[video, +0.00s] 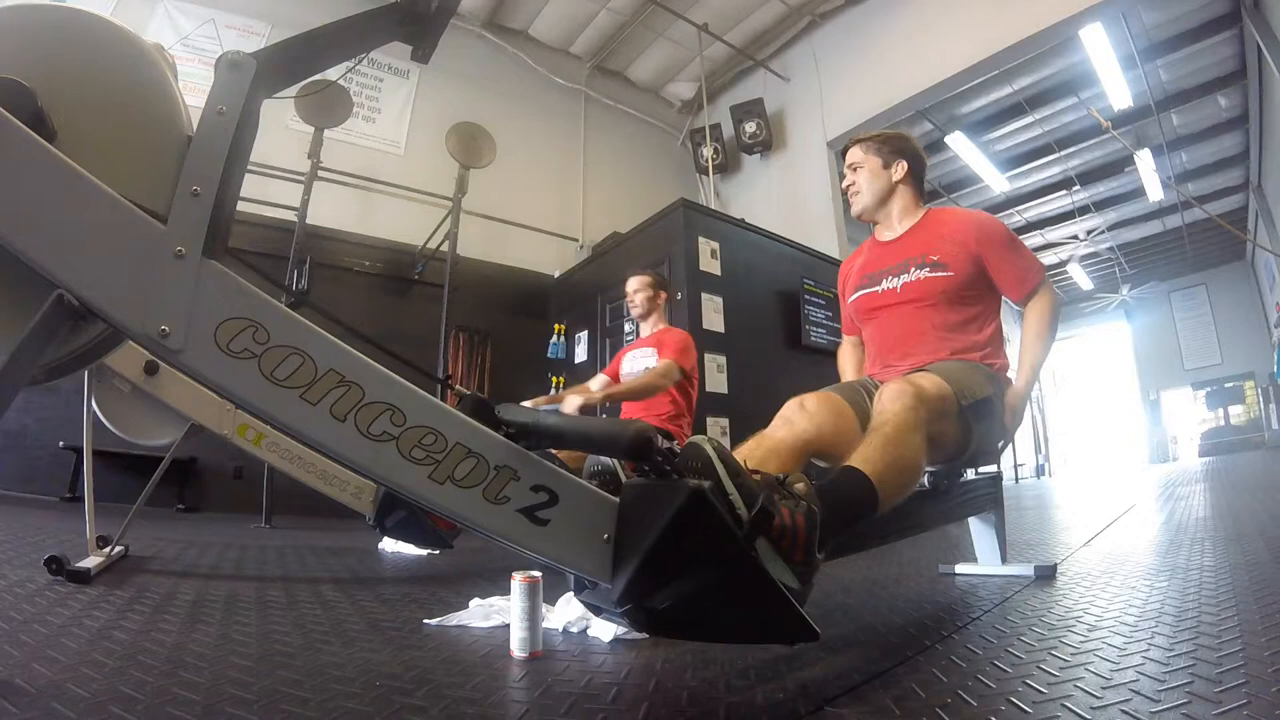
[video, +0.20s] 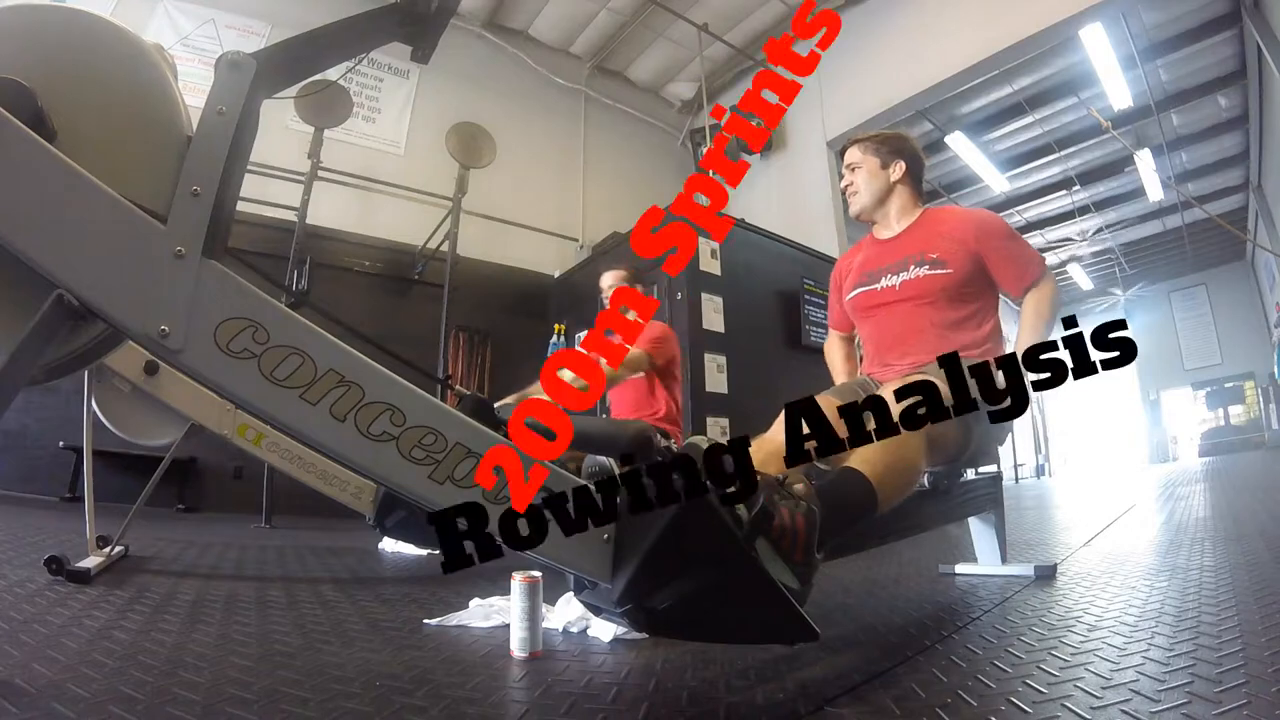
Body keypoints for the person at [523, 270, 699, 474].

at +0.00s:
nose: (630, 299)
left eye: (637, 292)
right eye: (628, 295)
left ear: (661, 298)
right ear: (627, 302)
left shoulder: (678, 338)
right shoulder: (627, 352)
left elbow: (661, 380)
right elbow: (591, 388)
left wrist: (600, 397)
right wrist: (542, 401)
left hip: (662, 439)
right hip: (623, 437)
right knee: (546, 459)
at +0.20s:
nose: (607, 299)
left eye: (614, 291)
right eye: (603, 294)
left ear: (637, 291)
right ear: (601, 298)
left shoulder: (658, 332)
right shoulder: (609, 340)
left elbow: (624, 368)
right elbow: (566, 377)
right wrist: (515, 399)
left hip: (660, 438)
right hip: (617, 436)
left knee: (636, 434)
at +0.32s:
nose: (586, 299)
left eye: (594, 290)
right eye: (580, 292)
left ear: (614, 289)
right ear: (573, 295)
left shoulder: (638, 329)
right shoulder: (588, 336)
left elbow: (590, 367)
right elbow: (543, 372)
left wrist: (528, 394)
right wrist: (494, 397)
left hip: (647, 442)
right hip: (607, 440)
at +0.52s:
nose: (535, 297)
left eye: (542, 287)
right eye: (533, 291)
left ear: (568, 283)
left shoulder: (602, 324)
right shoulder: (547, 333)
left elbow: (548, 360)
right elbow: (511, 370)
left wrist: (498, 382)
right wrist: (462, 394)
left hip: (610, 421)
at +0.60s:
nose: (520, 297)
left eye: (527, 287)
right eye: (517, 292)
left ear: (553, 283)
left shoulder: (588, 323)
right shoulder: (533, 338)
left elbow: (534, 360)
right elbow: (499, 365)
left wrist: (468, 391)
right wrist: (454, 385)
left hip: (609, 430)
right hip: (562, 429)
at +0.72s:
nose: (492, 298)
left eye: (499, 288)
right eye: (490, 290)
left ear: (525, 286)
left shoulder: (564, 325)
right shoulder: (508, 334)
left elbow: (504, 356)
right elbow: (480, 362)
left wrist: (435, 384)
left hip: (586, 417)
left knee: (515, 384)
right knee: (476, 384)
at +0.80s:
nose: (475, 302)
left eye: (481, 292)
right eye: (470, 294)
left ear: (505, 287)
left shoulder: (548, 322)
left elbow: (482, 359)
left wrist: (408, 390)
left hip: (578, 418)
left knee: (505, 380)